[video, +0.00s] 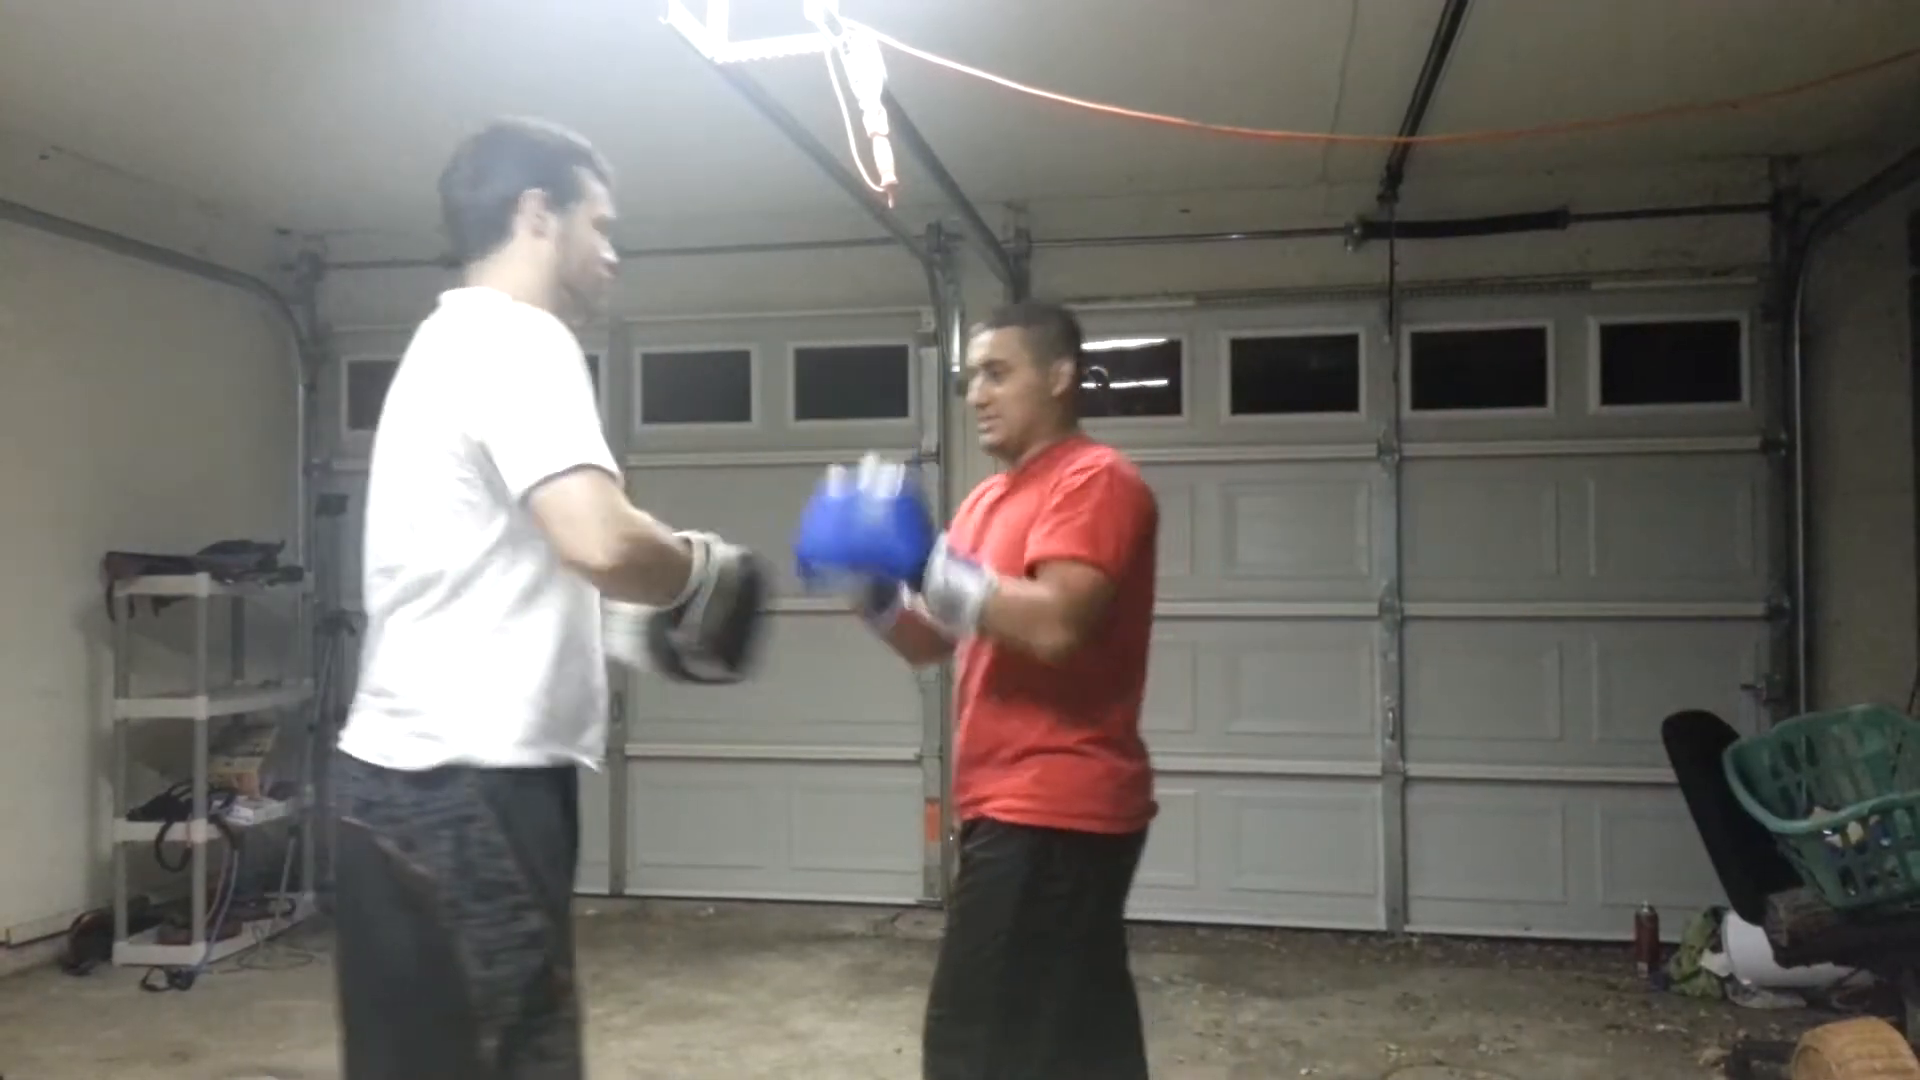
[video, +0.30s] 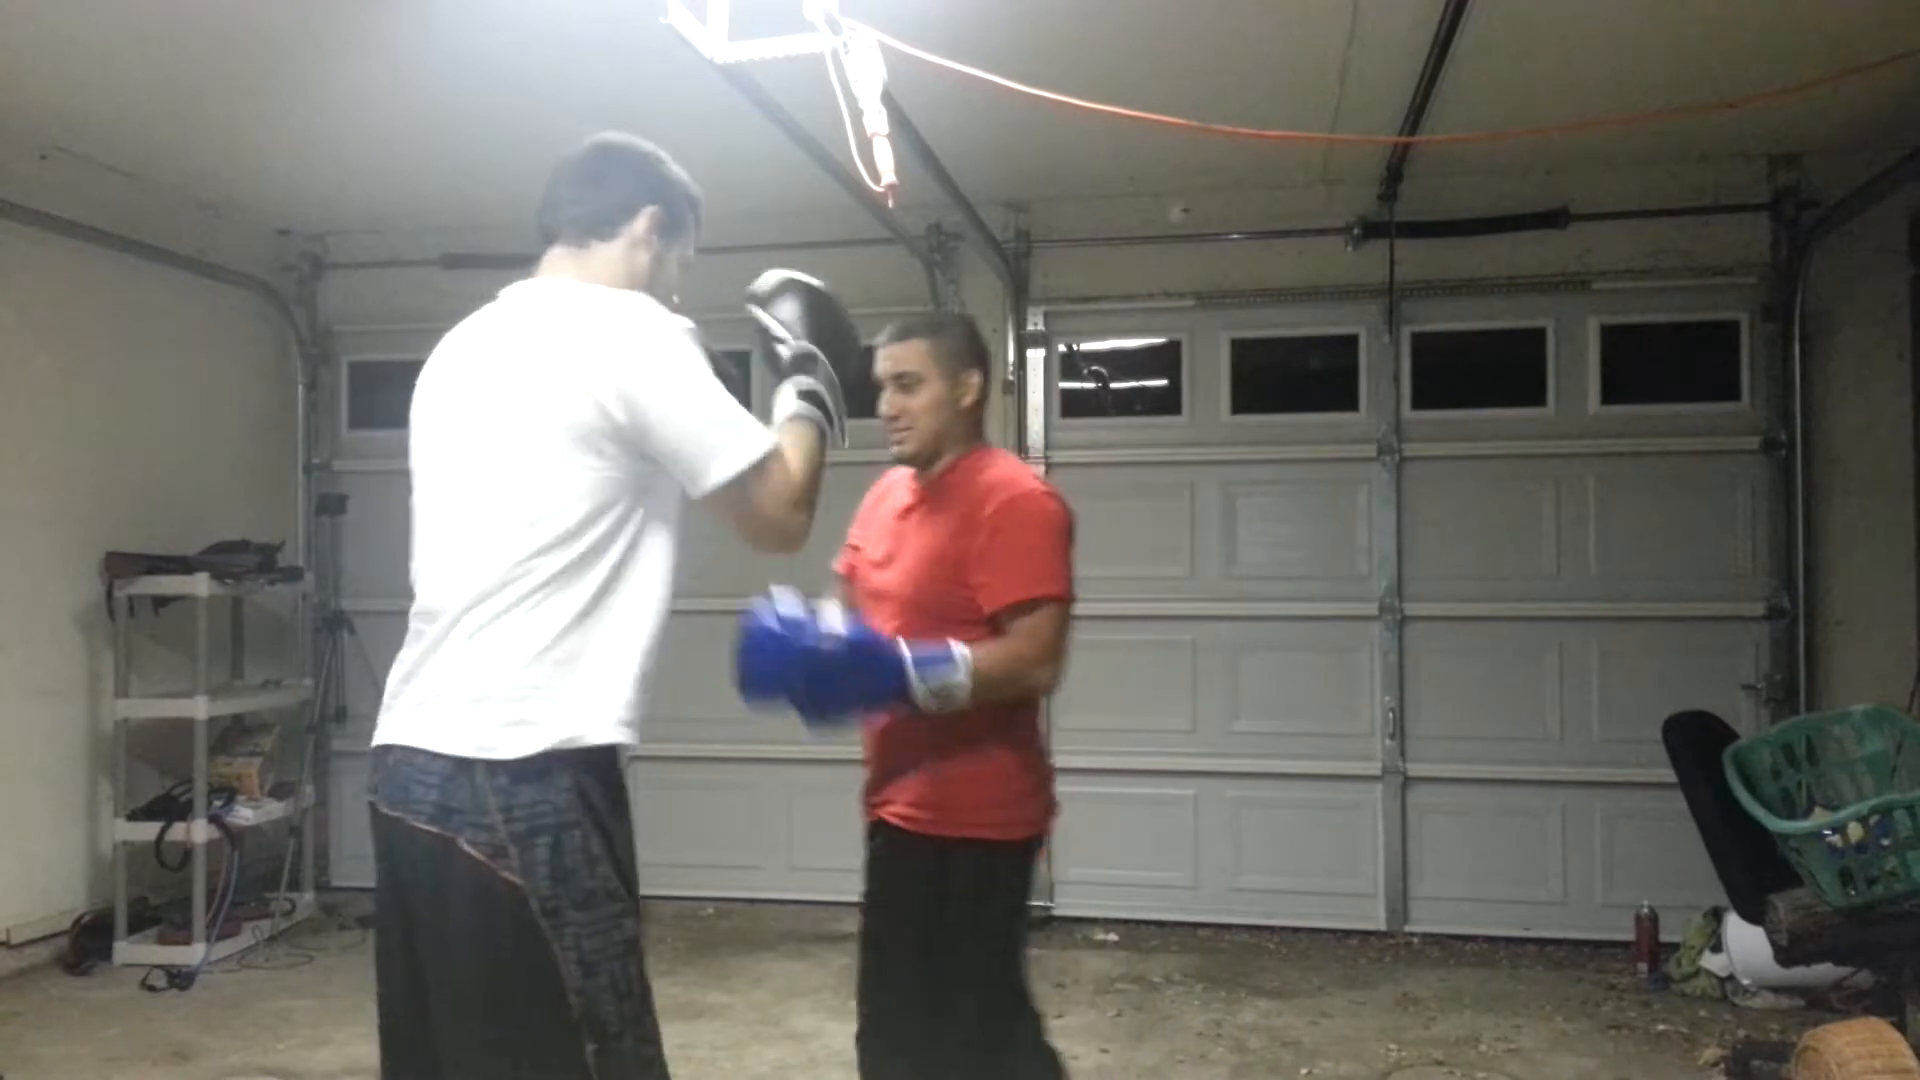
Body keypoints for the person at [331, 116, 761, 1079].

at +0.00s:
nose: (615, 261)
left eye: (614, 234)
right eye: (603, 227)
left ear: (524, 220)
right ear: (536, 213)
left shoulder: (449, 343)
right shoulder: (514, 337)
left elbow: (486, 578)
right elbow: (601, 540)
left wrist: (640, 629)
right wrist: (700, 565)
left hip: (414, 781)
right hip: (467, 789)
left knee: (418, 1063)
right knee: (514, 1059)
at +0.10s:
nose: (645, 273)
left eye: (647, 250)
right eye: (640, 244)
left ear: (548, 226)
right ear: (587, 222)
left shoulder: (445, 356)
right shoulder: (551, 339)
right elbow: (640, 531)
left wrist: (651, 520)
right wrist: (703, 501)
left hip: (422, 778)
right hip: (502, 787)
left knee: (447, 1062)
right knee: (566, 1059)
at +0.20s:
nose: (660, 281)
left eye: (665, 257)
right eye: (661, 250)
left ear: (539, 225)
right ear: (617, 224)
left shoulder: (447, 351)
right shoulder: (584, 335)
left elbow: (554, 482)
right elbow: (749, 497)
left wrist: (696, 403)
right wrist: (769, 402)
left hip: (416, 776)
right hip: (517, 784)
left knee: (448, 1060)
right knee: (601, 1060)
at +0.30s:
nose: (677, 282)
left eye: (684, 258)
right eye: (680, 253)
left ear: (556, 226)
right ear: (645, 228)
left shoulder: (457, 347)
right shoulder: (632, 334)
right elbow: (780, 515)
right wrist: (803, 374)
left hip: (412, 772)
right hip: (529, 781)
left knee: (430, 1062)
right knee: (597, 1061)